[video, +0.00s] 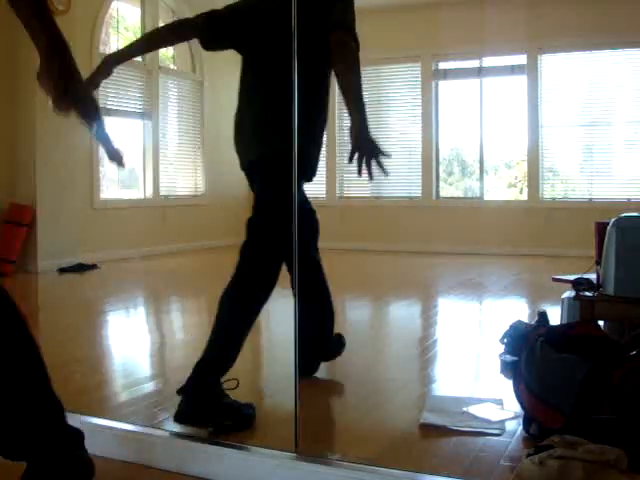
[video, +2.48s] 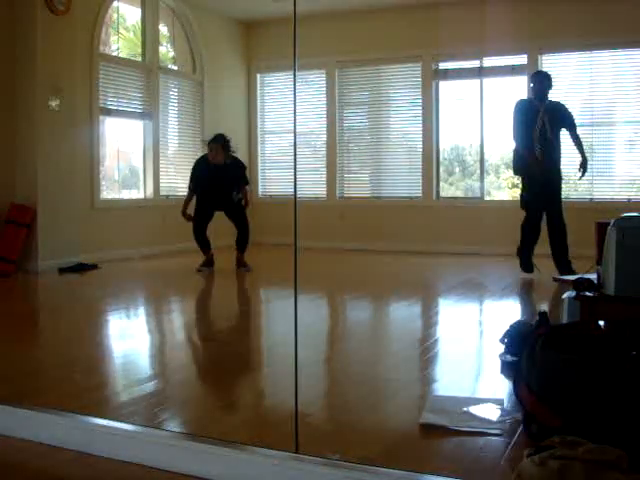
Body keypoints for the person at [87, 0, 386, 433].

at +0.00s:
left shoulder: (258, 11)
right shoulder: (332, 6)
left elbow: (184, 29)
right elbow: (343, 53)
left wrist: (112, 59)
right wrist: (360, 125)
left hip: (254, 142)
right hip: (295, 144)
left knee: (303, 230)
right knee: (259, 265)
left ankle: (315, 342)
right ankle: (201, 392)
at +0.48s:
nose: (388, 10)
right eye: (389, 5)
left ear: (356, 7)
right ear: (389, 5)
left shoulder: (331, 45)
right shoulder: (399, 26)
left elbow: (320, 105)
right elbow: (401, 68)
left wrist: (345, 136)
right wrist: (430, 133)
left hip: (339, 163)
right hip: (387, 160)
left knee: (324, 250)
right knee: (407, 236)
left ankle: (310, 354)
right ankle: (432, 312)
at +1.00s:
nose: (420, 47)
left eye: (421, 42)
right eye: (424, 41)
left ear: (423, 43)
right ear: (451, 41)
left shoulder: (414, 74)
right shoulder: (473, 67)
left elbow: (378, 112)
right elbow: (508, 107)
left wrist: (339, 143)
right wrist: (536, 143)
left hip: (423, 161)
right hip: (458, 160)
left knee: (433, 226)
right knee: (445, 232)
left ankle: (440, 287)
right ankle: (428, 315)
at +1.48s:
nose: (455, 67)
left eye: (458, 62)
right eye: (456, 61)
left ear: (469, 61)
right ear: (482, 61)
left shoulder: (466, 85)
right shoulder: (502, 84)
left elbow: (465, 124)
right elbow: (524, 120)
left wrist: (442, 158)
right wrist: (513, 154)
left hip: (472, 162)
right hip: (501, 161)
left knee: (465, 228)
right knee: (499, 216)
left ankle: (459, 288)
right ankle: (516, 269)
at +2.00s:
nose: (511, 65)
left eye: (515, 60)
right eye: (508, 60)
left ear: (526, 62)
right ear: (506, 63)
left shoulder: (537, 88)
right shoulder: (500, 92)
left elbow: (539, 125)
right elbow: (502, 122)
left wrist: (519, 146)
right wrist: (502, 156)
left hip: (534, 164)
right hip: (510, 165)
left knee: (541, 212)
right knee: (514, 221)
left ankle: (564, 252)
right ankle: (517, 272)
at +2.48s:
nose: (541, 89)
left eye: (544, 85)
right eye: (537, 84)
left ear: (550, 86)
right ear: (531, 86)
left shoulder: (558, 109)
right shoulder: (523, 106)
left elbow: (573, 133)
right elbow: (518, 137)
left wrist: (583, 156)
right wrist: (526, 159)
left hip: (552, 172)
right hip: (530, 171)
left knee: (556, 219)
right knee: (532, 217)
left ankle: (563, 264)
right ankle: (525, 256)